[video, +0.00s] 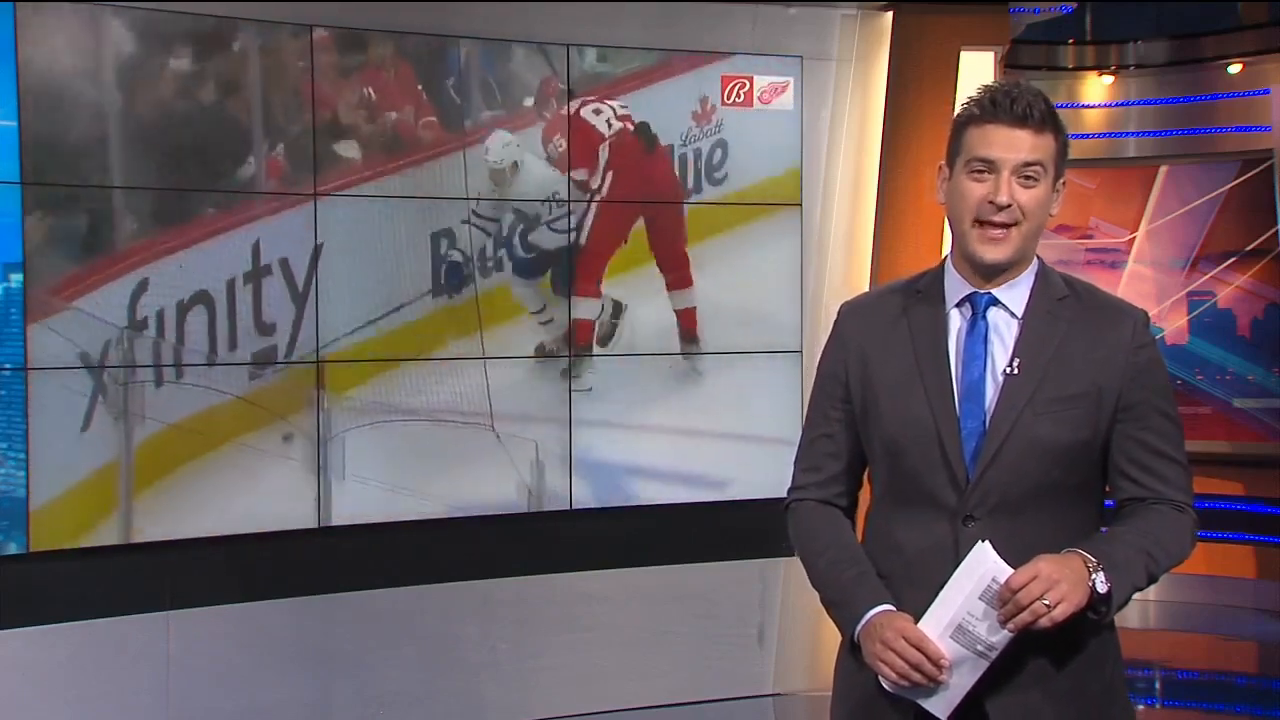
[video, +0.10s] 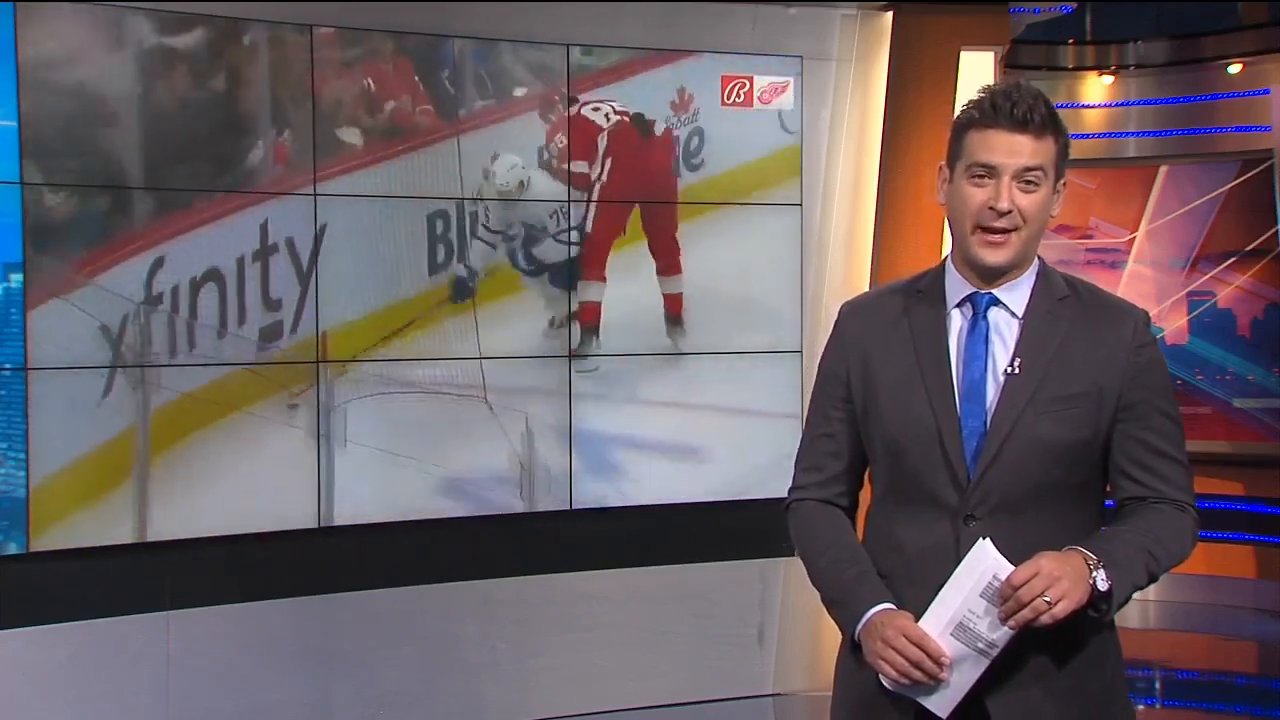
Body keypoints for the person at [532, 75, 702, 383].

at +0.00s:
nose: (544, 116)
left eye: (544, 112)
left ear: (550, 106)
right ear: (568, 95)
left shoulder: (561, 120)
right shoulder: (612, 104)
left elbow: (579, 175)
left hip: (623, 182)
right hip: (665, 178)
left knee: (590, 265)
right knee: (674, 259)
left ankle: (580, 352)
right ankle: (690, 339)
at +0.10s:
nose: (549, 124)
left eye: (548, 119)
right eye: (546, 120)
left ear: (557, 109)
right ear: (574, 100)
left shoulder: (574, 120)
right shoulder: (617, 108)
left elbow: (579, 179)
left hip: (620, 176)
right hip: (661, 172)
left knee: (595, 252)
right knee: (665, 246)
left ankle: (589, 336)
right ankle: (675, 322)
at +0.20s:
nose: (554, 124)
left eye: (553, 118)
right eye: (552, 119)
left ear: (560, 111)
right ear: (578, 100)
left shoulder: (574, 122)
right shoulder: (615, 107)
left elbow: (576, 177)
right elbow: (667, 124)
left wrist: (575, 224)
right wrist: (676, 162)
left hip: (621, 175)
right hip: (660, 171)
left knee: (596, 245)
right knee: (662, 240)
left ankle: (588, 321)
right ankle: (667, 311)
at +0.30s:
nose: (558, 110)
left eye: (558, 104)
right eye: (556, 105)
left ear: (565, 99)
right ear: (583, 89)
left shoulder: (578, 123)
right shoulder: (620, 95)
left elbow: (581, 180)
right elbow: (674, 103)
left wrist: (571, 220)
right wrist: (683, 142)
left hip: (629, 171)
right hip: (666, 162)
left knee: (603, 239)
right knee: (661, 217)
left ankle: (599, 318)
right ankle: (671, 292)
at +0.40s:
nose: (559, 101)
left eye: (558, 95)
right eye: (556, 95)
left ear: (567, 88)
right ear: (581, 77)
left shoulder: (578, 114)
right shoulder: (618, 82)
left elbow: (581, 176)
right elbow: (674, 86)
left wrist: (573, 220)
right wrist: (671, 122)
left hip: (637, 170)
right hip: (671, 162)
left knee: (602, 236)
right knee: (660, 207)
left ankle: (610, 315)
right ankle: (674, 277)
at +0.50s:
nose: (551, 86)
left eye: (550, 79)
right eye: (548, 79)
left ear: (562, 73)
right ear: (575, 63)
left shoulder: (577, 104)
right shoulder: (607, 66)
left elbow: (589, 172)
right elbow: (663, 78)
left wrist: (565, 206)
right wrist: (657, 113)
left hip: (642, 160)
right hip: (672, 149)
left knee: (599, 227)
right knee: (652, 199)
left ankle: (610, 312)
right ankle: (670, 267)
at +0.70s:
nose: (566, 45)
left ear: (575, 43)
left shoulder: (598, 65)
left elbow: (629, 120)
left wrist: (588, 149)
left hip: (643, 129)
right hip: (651, 120)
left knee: (616, 202)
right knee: (630, 189)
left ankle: (629, 283)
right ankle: (657, 244)